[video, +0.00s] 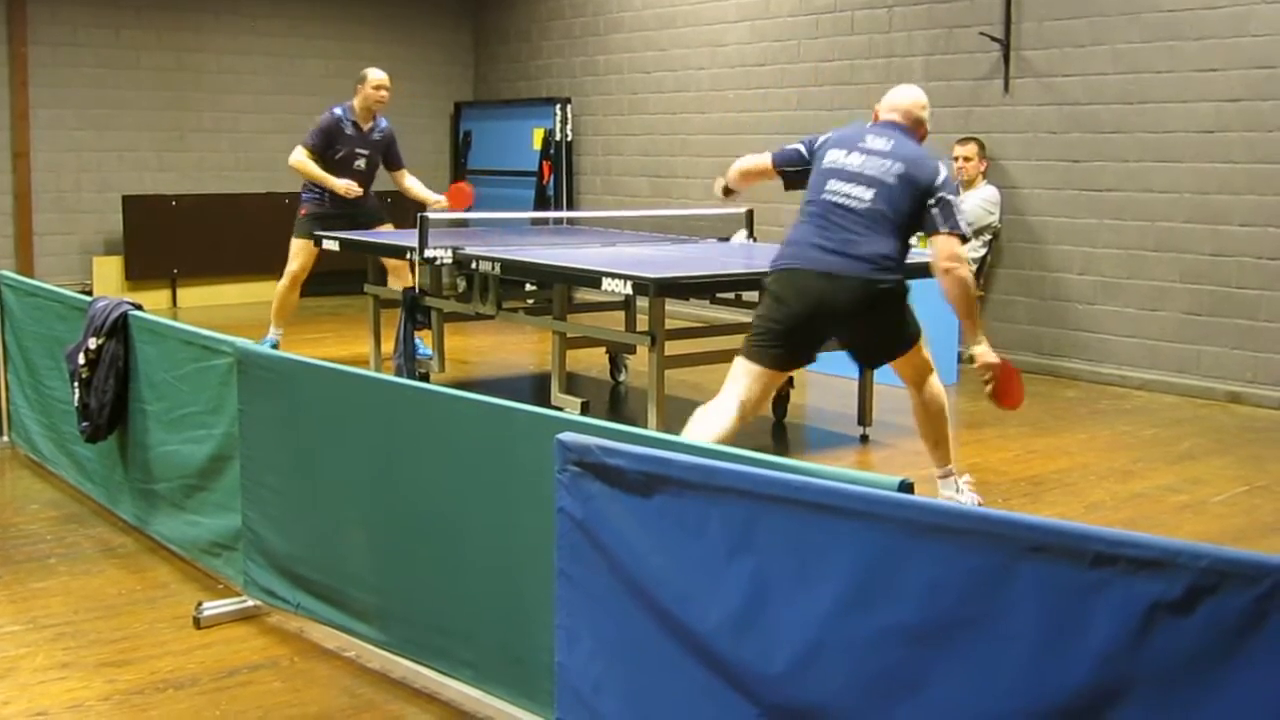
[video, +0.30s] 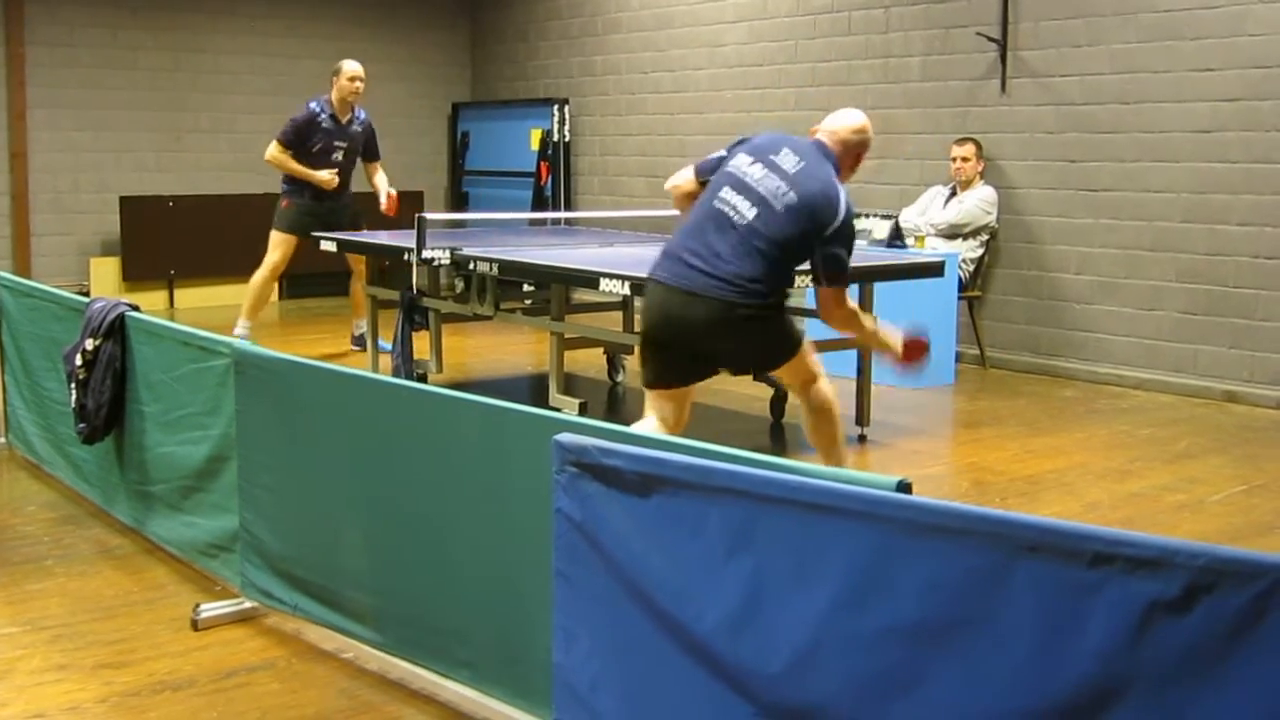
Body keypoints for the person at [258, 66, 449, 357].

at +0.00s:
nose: (383, 95)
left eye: (387, 90)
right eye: (377, 88)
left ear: (389, 95)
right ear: (360, 90)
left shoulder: (384, 131)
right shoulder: (334, 120)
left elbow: (402, 177)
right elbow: (297, 158)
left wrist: (431, 198)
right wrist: (334, 182)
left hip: (362, 204)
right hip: (319, 203)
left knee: (398, 262)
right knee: (294, 272)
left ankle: (410, 337)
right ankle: (273, 337)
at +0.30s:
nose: (358, 86)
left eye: (362, 81)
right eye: (352, 79)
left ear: (364, 86)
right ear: (335, 82)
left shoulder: (362, 124)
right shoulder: (311, 116)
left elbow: (373, 165)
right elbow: (273, 154)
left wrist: (384, 189)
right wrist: (314, 176)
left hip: (340, 203)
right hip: (299, 201)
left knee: (362, 266)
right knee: (273, 264)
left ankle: (360, 332)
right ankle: (242, 329)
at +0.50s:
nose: (347, 105)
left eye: (350, 100)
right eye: (341, 98)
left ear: (352, 105)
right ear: (324, 100)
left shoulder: (346, 140)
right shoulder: (299, 134)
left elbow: (351, 181)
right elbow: (271, 180)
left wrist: (363, 199)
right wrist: (315, 193)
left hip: (325, 210)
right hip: (286, 209)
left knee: (357, 266)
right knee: (265, 275)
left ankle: (357, 333)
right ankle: (234, 338)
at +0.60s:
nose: (351, 112)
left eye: (354, 107)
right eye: (345, 105)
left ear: (355, 111)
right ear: (326, 106)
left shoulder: (343, 145)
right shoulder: (300, 139)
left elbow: (345, 186)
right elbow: (281, 187)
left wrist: (359, 208)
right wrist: (325, 201)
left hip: (320, 213)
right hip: (283, 211)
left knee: (356, 266)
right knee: (269, 278)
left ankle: (358, 335)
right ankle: (233, 340)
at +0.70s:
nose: (357, 119)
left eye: (360, 114)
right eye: (352, 112)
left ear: (360, 118)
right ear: (333, 112)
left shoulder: (338, 150)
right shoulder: (309, 141)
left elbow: (334, 196)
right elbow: (303, 196)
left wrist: (357, 232)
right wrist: (344, 205)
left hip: (312, 215)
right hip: (279, 214)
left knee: (352, 268)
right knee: (269, 289)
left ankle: (357, 340)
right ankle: (230, 345)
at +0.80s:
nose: (364, 128)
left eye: (367, 123)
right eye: (359, 120)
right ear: (340, 119)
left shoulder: (334, 150)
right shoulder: (323, 145)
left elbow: (321, 204)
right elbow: (332, 200)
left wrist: (331, 240)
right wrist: (368, 213)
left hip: (308, 221)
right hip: (280, 220)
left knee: (351, 272)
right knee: (273, 294)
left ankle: (342, 345)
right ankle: (231, 349)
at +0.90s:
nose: (373, 139)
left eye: (376, 134)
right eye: (369, 132)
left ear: (349, 132)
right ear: (349, 129)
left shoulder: (334, 149)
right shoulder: (339, 157)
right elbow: (363, 205)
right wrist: (397, 229)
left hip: (310, 229)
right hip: (288, 228)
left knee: (353, 278)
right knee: (282, 304)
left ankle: (343, 349)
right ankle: (230, 353)